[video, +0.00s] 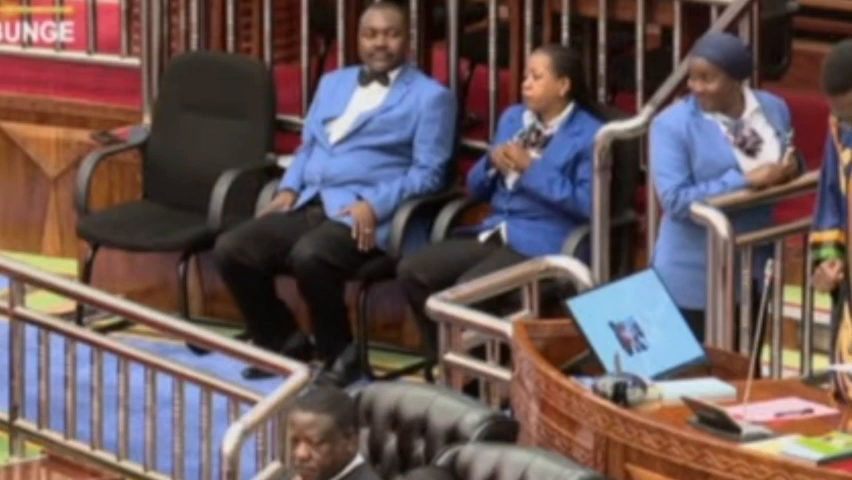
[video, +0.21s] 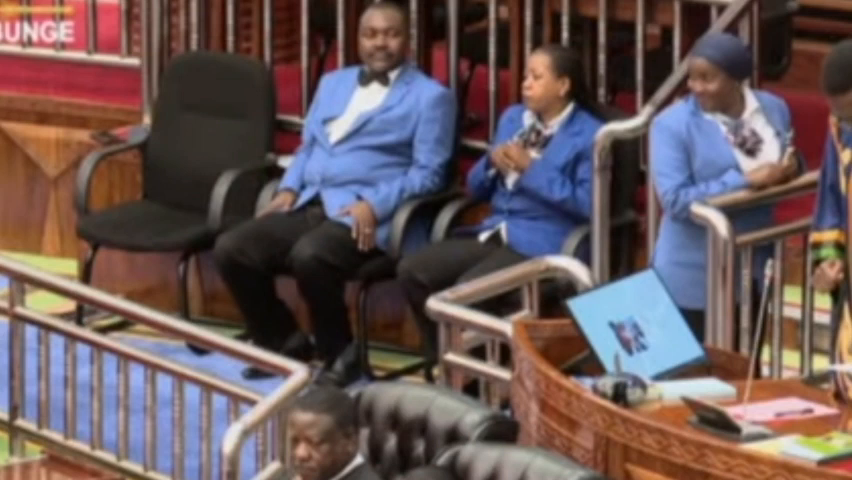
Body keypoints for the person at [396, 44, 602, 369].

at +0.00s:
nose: (525, 85)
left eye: (536, 78)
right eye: (526, 76)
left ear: (563, 87)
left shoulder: (590, 134)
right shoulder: (512, 119)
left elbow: (590, 207)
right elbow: (475, 189)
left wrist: (529, 170)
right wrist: (493, 165)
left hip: (538, 250)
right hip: (493, 238)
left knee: (463, 296)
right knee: (413, 269)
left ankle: (483, 380)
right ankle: (444, 365)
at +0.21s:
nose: (525, 85)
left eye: (536, 78)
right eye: (526, 76)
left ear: (563, 87)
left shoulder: (590, 134)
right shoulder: (512, 119)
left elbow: (590, 207)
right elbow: (475, 189)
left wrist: (529, 170)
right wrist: (493, 165)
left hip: (538, 250)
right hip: (493, 238)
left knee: (463, 296)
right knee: (413, 269)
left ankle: (483, 380)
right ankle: (444, 365)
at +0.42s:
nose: (525, 85)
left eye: (536, 78)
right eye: (526, 76)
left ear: (563, 87)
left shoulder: (590, 135)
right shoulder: (513, 118)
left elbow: (588, 207)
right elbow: (475, 189)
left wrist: (530, 169)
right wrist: (493, 163)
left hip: (537, 249)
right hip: (493, 237)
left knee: (465, 295)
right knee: (413, 270)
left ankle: (480, 381)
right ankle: (444, 364)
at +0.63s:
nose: (525, 85)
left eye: (536, 78)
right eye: (526, 76)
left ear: (563, 87)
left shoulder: (590, 135)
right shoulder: (513, 118)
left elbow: (588, 207)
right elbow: (475, 189)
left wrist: (529, 169)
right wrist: (494, 163)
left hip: (537, 250)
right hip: (494, 238)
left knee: (464, 296)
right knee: (413, 269)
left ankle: (482, 380)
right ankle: (445, 364)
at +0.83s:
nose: (526, 85)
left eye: (536, 78)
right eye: (526, 76)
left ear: (563, 87)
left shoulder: (590, 134)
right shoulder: (512, 118)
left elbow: (589, 207)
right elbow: (475, 189)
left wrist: (530, 169)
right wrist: (494, 163)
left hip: (538, 249)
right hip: (493, 237)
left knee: (465, 295)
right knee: (413, 269)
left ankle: (483, 380)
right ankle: (444, 364)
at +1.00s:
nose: (526, 85)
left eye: (536, 78)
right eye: (526, 76)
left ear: (563, 86)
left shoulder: (590, 134)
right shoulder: (512, 118)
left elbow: (589, 207)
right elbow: (475, 190)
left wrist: (530, 169)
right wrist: (493, 163)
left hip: (538, 249)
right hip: (493, 238)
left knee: (464, 295)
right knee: (413, 269)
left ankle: (483, 380)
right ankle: (444, 365)